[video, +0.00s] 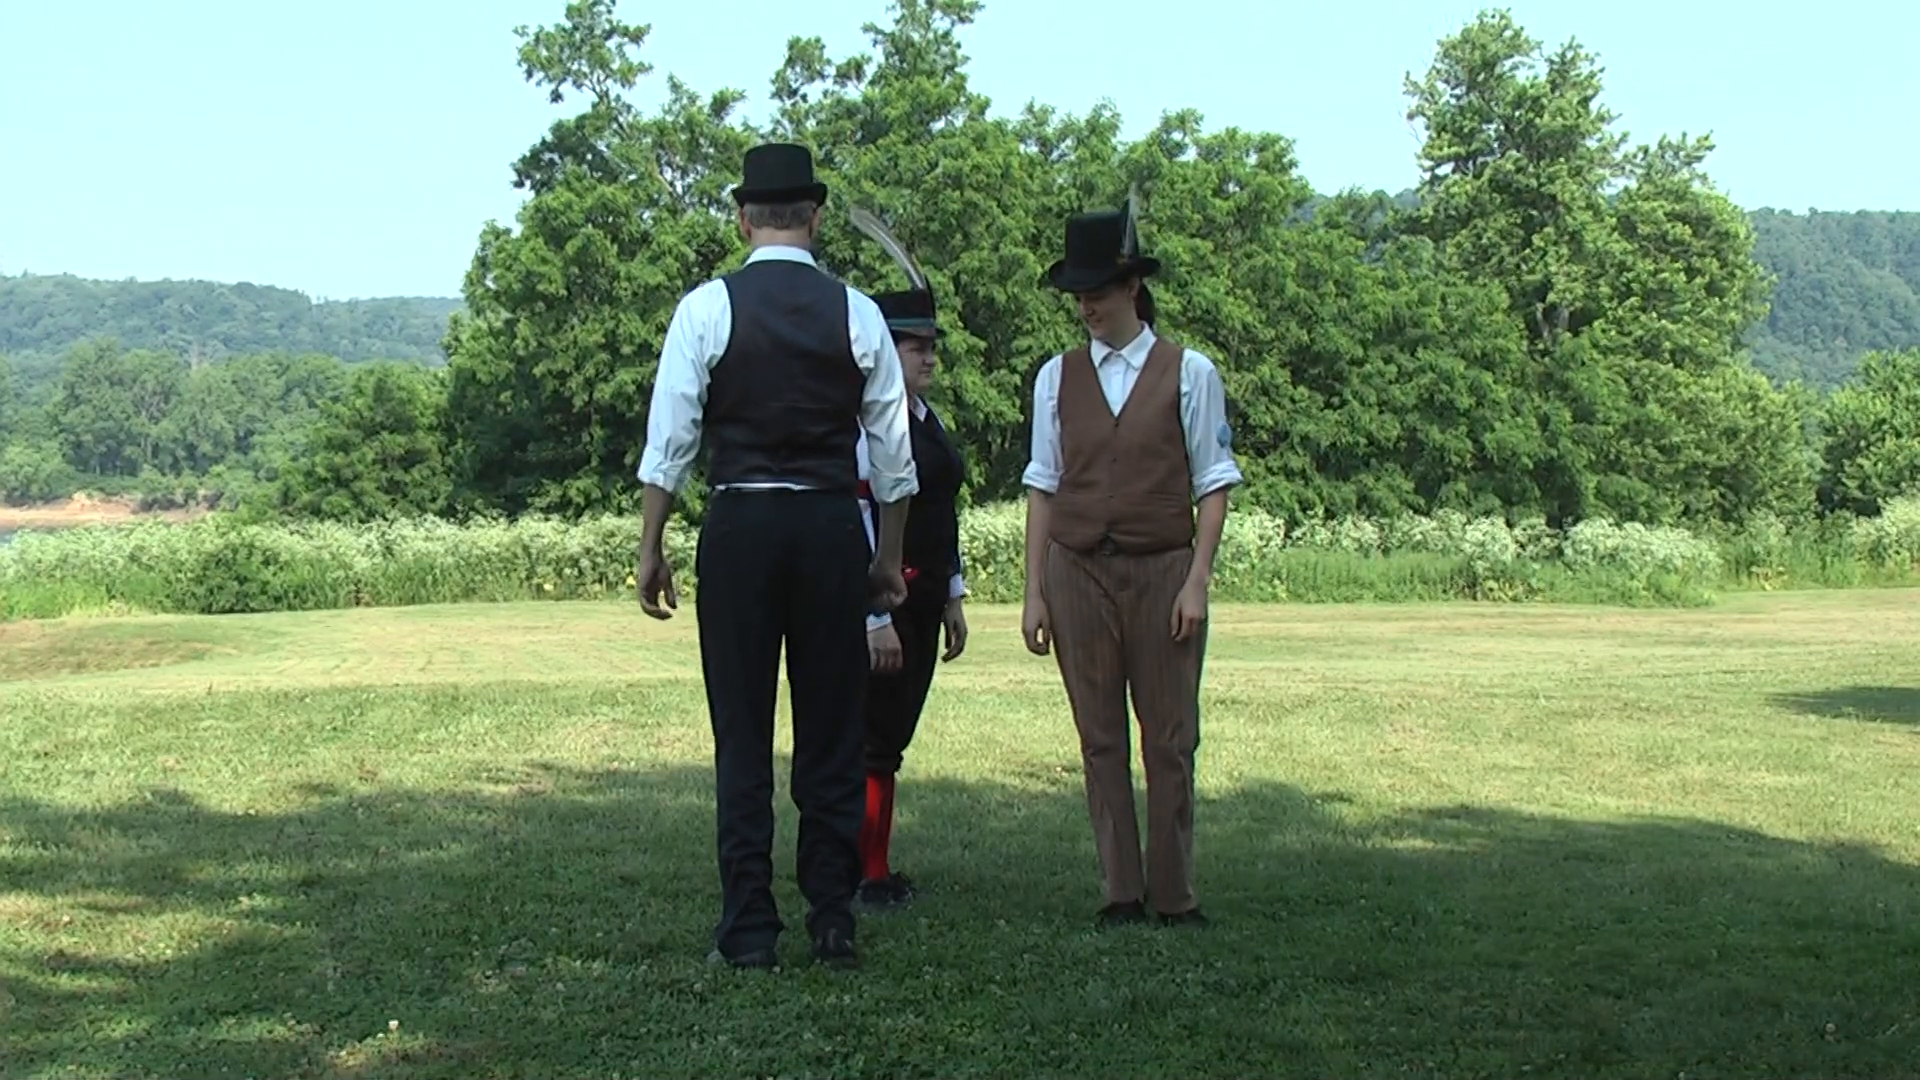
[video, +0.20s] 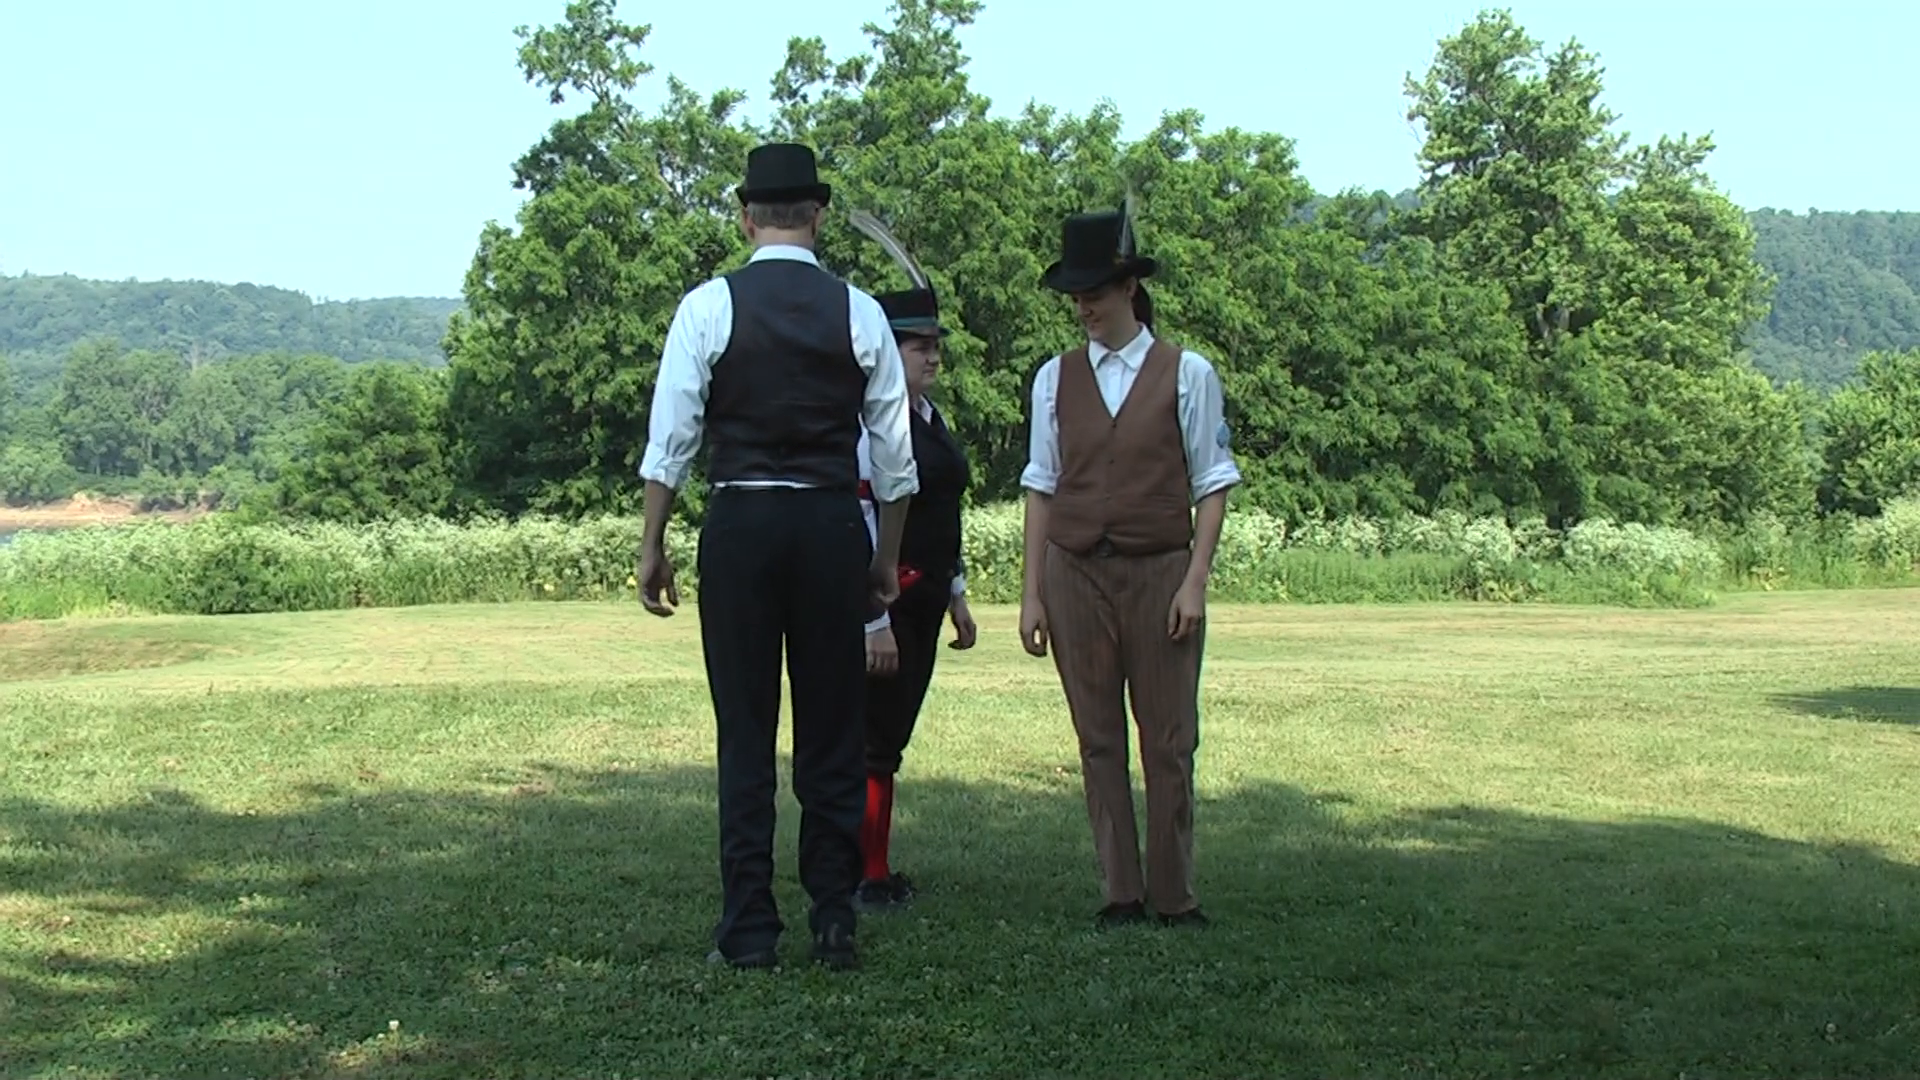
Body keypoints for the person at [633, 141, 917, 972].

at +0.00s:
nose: (753, 222)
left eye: (745, 212)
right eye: (797, 212)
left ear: (742, 218)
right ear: (814, 216)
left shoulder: (708, 307)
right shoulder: (859, 312)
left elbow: (671, 432)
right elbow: (893, 445)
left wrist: (650, 544)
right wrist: (890, 551)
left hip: (738, 537)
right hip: (834, 535)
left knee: (741, 741)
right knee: (831, 737)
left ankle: (748, 929)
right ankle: (835, 923)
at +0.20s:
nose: (768, 222)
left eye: (750, 212)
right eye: (805, 210)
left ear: (745, 216)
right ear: (818, 214)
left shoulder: (709, 304)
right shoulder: (861, 311)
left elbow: (672, 431)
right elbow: (894, 445)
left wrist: (652, 542)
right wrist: (889, 550)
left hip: (739, 535)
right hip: (834, 534)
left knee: (744, 736)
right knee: (832, 732)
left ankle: (748, 929)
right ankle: (835, 919)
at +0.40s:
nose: (759, 231)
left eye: (751, 221)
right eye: (804, 220)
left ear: (750, 226)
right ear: (822, 225)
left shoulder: (715, 312)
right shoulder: (865, 321)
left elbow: (678, 436)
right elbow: (896, 463)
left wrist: (647, 543)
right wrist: (886, 567)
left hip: (740, 541)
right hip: (837, 541)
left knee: (735, 734)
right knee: (827, 738)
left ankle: (744, 926)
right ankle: (832, 925)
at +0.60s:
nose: (747, 228)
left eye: (743, 218)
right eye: (809, 219)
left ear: (740, 222)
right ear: (813, 224)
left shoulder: (712, 299)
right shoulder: (854, 314)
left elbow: (636, 389)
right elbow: (896, 449)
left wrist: (551, 424)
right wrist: (880, 550)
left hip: (737, 520)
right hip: (830, 526)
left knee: (705, 689)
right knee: (830, 714)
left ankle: (722, 866)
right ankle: (834, 918)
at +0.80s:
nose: (750, 247)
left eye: (722, 237)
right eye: (770, 237)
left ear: (707, 242)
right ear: (777, 243)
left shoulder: (671, 315)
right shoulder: (819, 325)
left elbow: (549, 309)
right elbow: (867, 450)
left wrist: (522, 257)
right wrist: (869, 561)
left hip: (708, 533)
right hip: (800, 538)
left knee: (706, 714)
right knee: (792, 722)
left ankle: (694, 916)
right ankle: (828, 907)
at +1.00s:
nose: (761, 244)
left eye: (752, 234)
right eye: (761, 234)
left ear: (689, 241)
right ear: (751, 239)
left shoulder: (651, 308)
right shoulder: (789, 321)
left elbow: (599, 232)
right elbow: (836, 433)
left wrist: (579, 152)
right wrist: (852, 536)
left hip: (684, 529)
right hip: (775, 528)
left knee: (692, 722)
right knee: (773, 628)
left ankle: (697, 917)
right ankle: (771, 784)